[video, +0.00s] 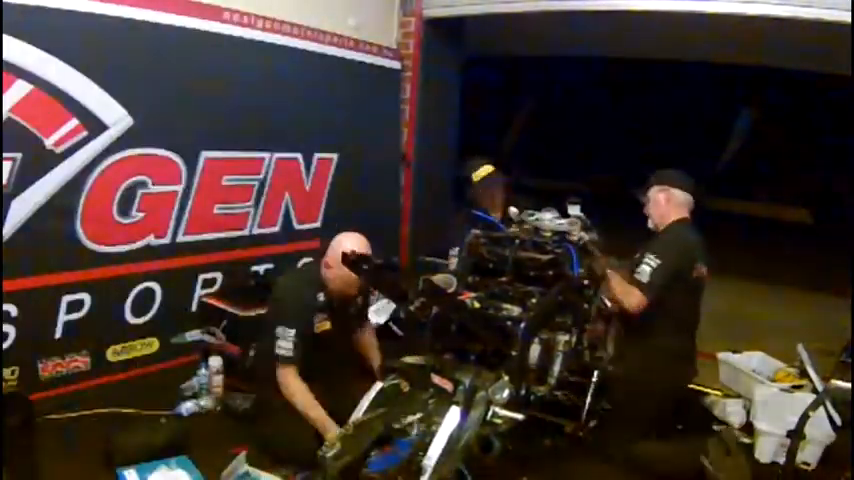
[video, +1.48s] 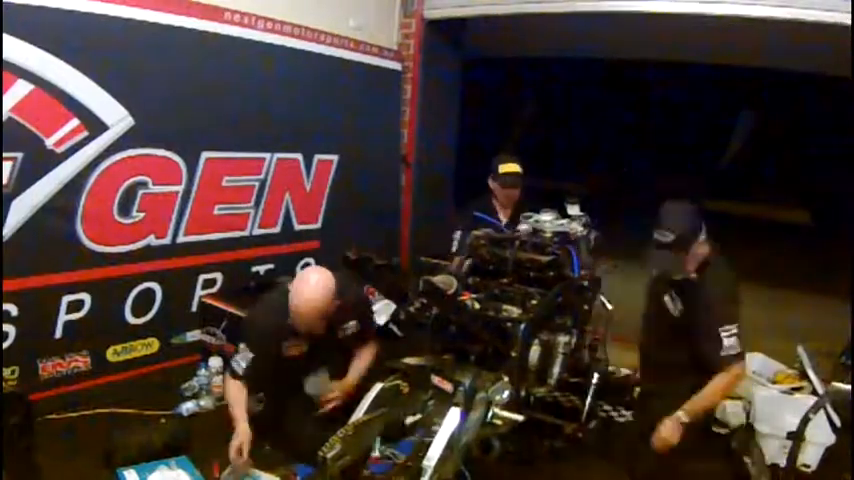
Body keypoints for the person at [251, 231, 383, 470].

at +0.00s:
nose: (363, 283)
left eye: (365, 275)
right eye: (357, 274)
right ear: (329, 265)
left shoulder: (350, 287)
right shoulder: (295, 293)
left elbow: (363, 330)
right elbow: (286, 377)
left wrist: (380, 374)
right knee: (303, 448)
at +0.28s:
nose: (322, 249)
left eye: (324, 241)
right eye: (314, 241)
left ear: (326, 238)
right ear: (289, 241)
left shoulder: (329, 272)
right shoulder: (259, 281)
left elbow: (346, 319)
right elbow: (255, 353)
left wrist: (350, 328)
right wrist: (314, 338)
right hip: (286, 389)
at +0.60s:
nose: (374, 276)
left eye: (380, 268)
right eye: (367, 266)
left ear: (386, 266)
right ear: (345, 258)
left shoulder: (361, 292)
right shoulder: (309, 291)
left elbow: (357, 338)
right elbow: (294, 365)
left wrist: (388, 354)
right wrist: (361, 369)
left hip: (328, 376)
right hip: (289, 383)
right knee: (307, 448)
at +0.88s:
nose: (375, 292)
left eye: (377, 284)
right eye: (369, 284)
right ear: (346, 276)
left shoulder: (364, 295)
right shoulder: (308, 298)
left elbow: (382, 345)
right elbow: (319, 374)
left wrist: (408, 367)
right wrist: (383, 378)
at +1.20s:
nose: (387, 260)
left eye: (390, 253)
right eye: (379, 252)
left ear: (393, 252)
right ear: (353, 252)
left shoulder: (373, 287)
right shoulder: (321, 286)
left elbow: (380, 343)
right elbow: (340, 361)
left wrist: (417, 372)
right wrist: (395, 376)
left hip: (340, 368)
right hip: (301, 372)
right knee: (325, 441)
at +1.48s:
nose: (308, 327)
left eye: (315, 321)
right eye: (301, 322)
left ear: (333, 306)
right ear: (290, 304)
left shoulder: (352, 300)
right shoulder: (266, 319)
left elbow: (368, 343)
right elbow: (235, 376)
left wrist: (348, 384)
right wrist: (241, 427)